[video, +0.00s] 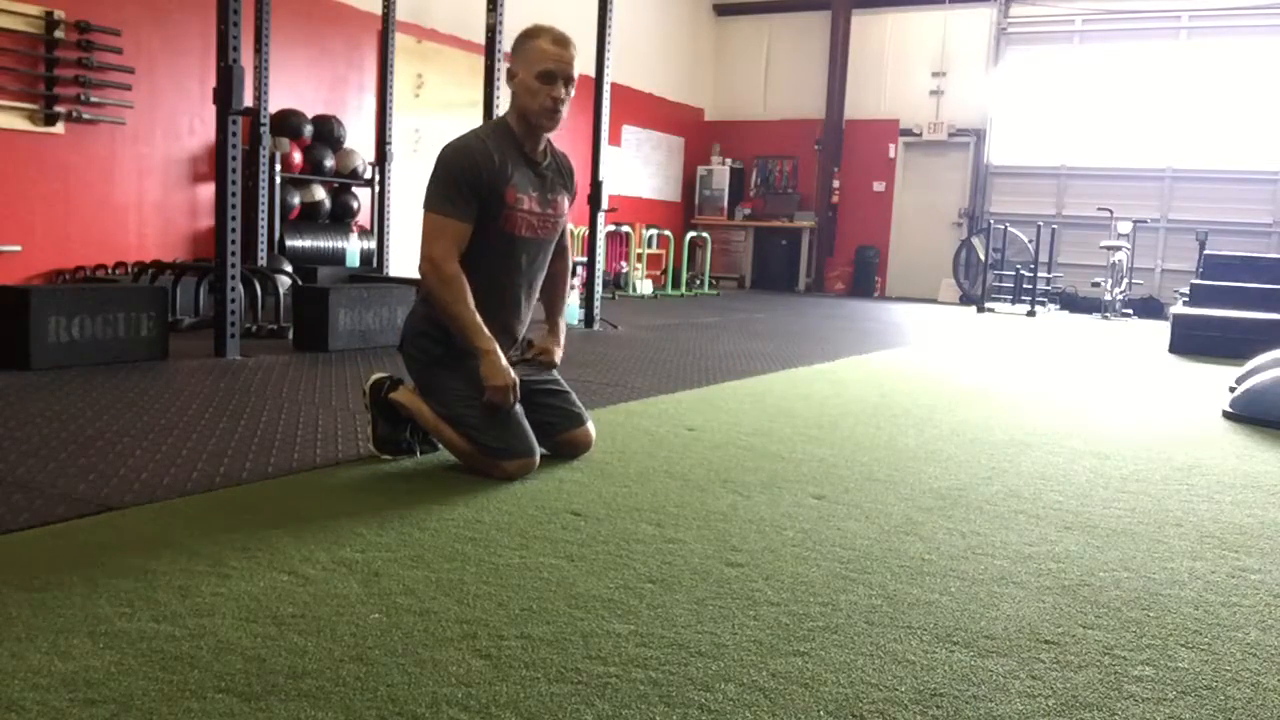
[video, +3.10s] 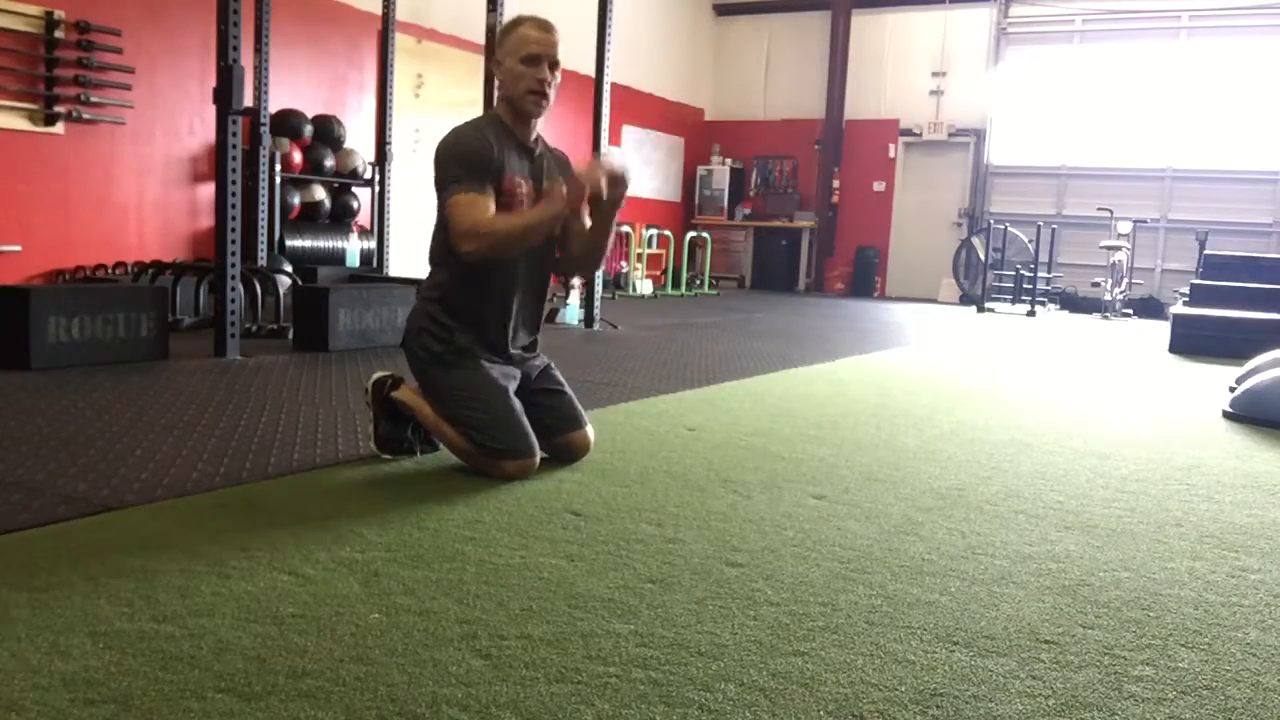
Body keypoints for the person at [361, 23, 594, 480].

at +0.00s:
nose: (559, 93)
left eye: (567, 83)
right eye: (546, 79)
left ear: (574, 89)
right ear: (512, 76)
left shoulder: (561, 170)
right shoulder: (469, 156)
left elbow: (558, 250)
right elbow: (437, 265)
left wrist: (554, 332)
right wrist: (489, 352)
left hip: (510, 342)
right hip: (445, 344)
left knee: (574, 439)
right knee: (514, 463)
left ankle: (445, 411)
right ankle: (398, 398)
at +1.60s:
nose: (531, 79)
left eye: (536, 68)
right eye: (517, 64)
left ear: (540, 77)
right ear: (478, 71)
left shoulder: (537, 163)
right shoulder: (454, 151)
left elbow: (545, 257)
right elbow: (452, 253)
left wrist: (569, 343)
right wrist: (539, 302)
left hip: (506, 345)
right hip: (446, 347)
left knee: (574, 440)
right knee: (514, 462)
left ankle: (444, 411)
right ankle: (399, 400)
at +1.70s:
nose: (529, 79)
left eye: (532, 68)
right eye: (515, 65)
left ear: (535, 75)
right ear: (474, 71)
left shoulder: (531, 162)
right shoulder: (451, 150)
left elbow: (541, 261)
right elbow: (464, 253)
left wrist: (575, 337)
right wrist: (562, 252)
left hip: (507, 346)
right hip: (446, 349)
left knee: (575, 440)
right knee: (514, 463)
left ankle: (447, 406)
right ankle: (399, 399)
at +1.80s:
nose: (528, 78)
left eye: (531, 66)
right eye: (513, 65)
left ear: (534, 73)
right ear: (472, 71)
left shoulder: (528, 162)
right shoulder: (450, 150)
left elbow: (540, 252)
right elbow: (481, 246)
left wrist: (583, 304)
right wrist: (568, 198)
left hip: (508, 347)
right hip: (447, 349)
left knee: (573, 439)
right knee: (514, 463)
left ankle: (443, 410)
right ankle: (398, 399)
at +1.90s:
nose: (530, 80)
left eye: (532, 68)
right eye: (517, 66)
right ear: (474, 73)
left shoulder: (528, 161)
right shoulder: (452, 149)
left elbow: (546, 256)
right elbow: (490, 239)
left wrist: (594, 242)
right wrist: (553, 172)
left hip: (509, 347)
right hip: (447, 350)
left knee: (574, 439)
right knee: (514, 462)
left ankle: (442, 409)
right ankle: (400, 400)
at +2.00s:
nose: (531, 78)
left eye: (534, 66)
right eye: (518, 65)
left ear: (537, 73)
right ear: (475, 71)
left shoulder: (521, 155)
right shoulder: (450, 147)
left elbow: (565, 253)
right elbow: (495, 234)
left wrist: (590, 184)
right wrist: (540, 158)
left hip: (508, 346)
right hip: (447, 348)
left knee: (573, 439)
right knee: (514, 462)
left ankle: (443, 411)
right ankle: (398, 400)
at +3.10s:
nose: (543, 76)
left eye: (552, 66)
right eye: (529, 61)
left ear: (558, 77)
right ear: (497, 69)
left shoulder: (557, 164)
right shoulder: (468, 144)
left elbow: (578, 263)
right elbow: (471, 238)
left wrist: (607, 210)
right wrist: (564, 202)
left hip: (517, 341)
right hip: (453, 343)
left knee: (573, 443)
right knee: (515, 463)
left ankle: (449, 406)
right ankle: (402, 398)